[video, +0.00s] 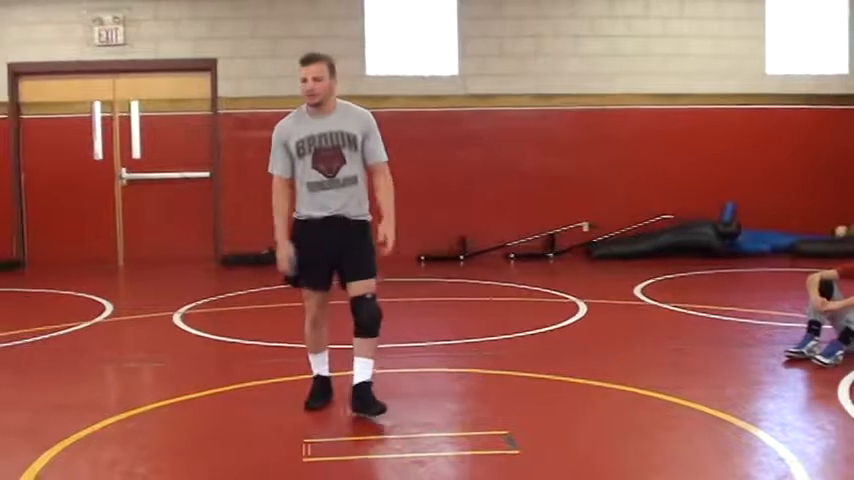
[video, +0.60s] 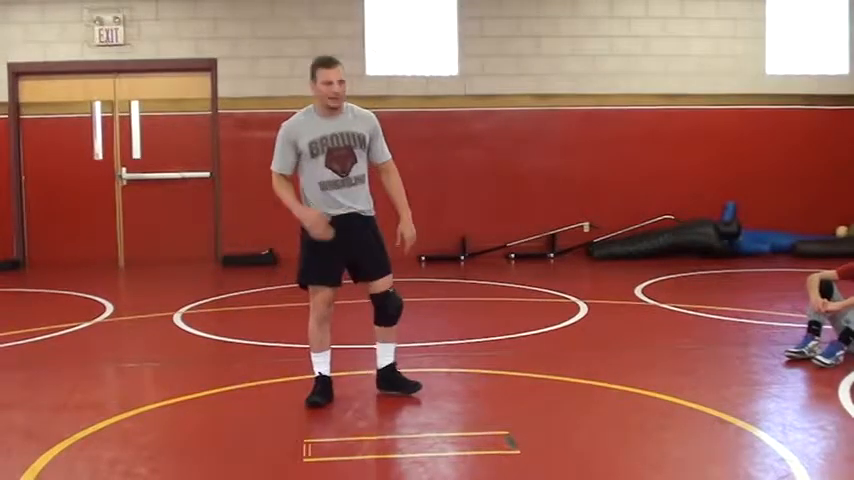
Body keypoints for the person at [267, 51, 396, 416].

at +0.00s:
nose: (310, 86)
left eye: (317, 79)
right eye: (304, 80)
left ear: (333, 82)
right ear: (299, 84)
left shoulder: (361, 120)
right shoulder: (286, 130)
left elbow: (380, 173)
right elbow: (281, 186)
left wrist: (388, 220)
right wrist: (282, 240)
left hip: (355, 226)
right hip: (310, 228)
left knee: (366, 311)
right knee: (314, 309)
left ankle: (362, 388)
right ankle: (321, 380)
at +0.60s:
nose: (335, 89)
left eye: (340, 82)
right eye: (327, 83)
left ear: (347, 84)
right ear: (313, 87)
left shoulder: (367, 121)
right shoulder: (293, 129)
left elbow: (387, 170)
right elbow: (279, 179)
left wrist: (406, 216)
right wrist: (303, 213)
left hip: (362, 222)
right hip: (321, 225)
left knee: (387, 300)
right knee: (321, 304)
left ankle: (387, 372)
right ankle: (322, 380)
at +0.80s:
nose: (368, 89)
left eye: (369, 83)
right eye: (361, 84)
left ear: (366, 86)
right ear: (339, 86)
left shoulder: (380, 122)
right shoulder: (313, 128)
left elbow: (396, 171)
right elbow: (296, 178)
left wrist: (412, 215)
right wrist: (344, 172)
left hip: (375, 222)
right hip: (335, 225)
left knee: (392, 297)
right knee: (330, 305)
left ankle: (392, 371)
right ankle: (324, 379)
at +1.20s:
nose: (422, 94)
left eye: (423, 88)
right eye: (418, 88)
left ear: (407, 88)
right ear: (396, 86)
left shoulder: (417, 128)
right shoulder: (361, 121)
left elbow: (422, 180)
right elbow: (343, 172)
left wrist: (435, 228)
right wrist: (391, 184)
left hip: (403, 222)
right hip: (368, 223)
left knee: (401, 300)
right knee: (364, 302)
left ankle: (392, 371)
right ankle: (347, 375)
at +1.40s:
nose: (438, 98)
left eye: (439, 91)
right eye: (434, 91)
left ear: (425, 91)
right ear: (413, 88)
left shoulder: (430, 131)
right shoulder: (376, 122)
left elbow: (434, 181)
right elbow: (359, 173)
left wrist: (448, 227)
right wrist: (363, 228)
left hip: (412, 223)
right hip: (381, 222)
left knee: (407, 300)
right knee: (396, 298)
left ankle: (391, 370)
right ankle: (402, 375)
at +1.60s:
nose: (452, 100)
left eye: (453, 94)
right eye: (447, 93)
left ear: (435, 93)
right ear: (427, 90)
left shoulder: (443, 130)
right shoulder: (391, 123)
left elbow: (445, 182)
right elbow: (358, 166)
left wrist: (458, 224)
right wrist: (343, 222)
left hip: (424, 223)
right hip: (395, 223)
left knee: (411, 298)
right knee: (430, 293)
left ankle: (392, 370)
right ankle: (457, 368)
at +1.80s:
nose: (467, 99)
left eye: (468, 93)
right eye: (462, 93)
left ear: (457, 94)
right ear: (440, 91)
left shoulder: (459, 131)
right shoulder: (410, 129)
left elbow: (462, 179)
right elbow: (390, 182)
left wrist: (469, 219)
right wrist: (390, 237)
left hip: (445, 227)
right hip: (417, 229)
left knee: (426, 302)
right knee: (450, 305)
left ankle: (395, 370)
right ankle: (470, 381)